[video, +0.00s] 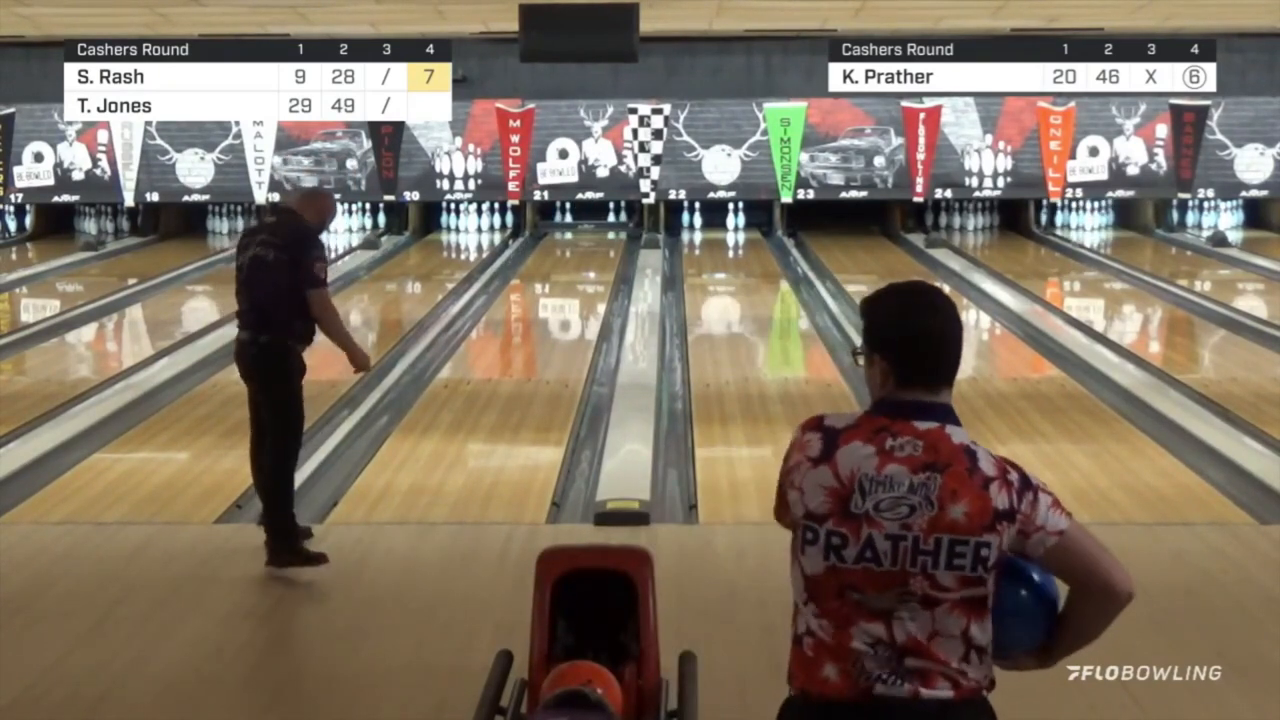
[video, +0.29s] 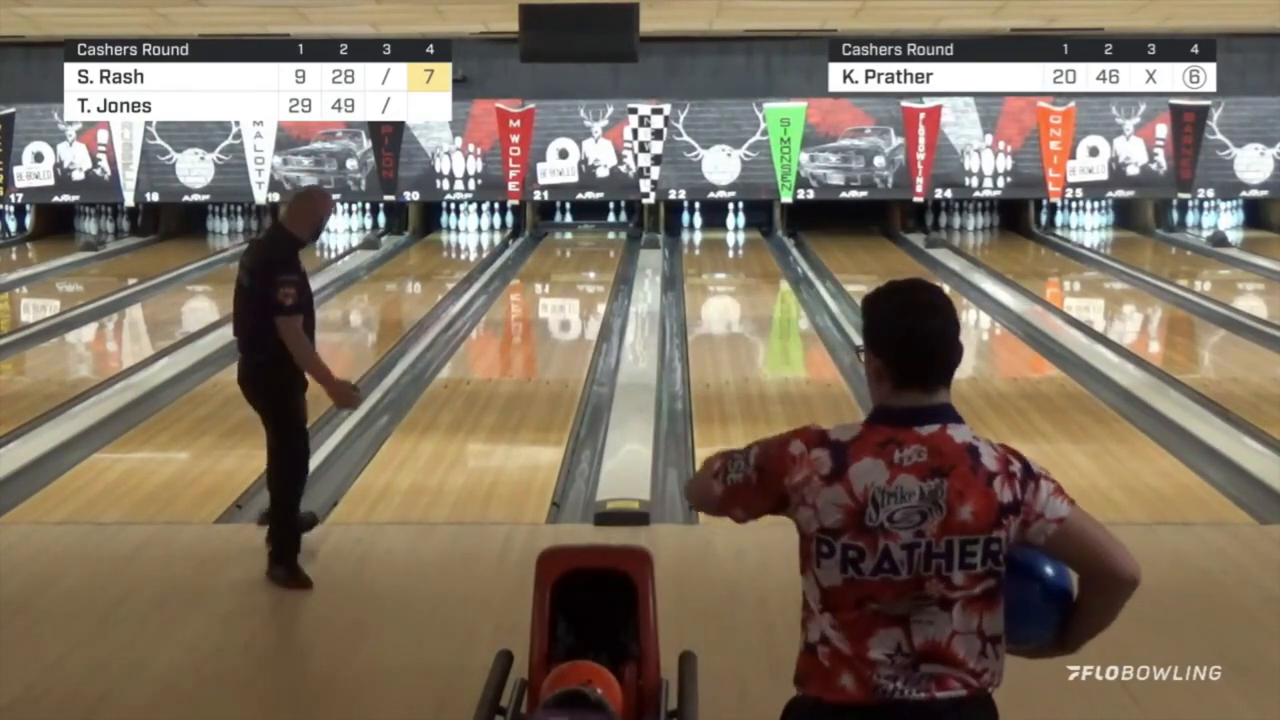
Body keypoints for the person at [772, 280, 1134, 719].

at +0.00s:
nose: (864, 367)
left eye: (865, 356)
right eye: (866, 355)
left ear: (877, 367)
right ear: (953, 365)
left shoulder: (816, 448)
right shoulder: (996, 481)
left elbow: (788, 513)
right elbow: (1109, 586)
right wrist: (1046, 650)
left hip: (823, 699)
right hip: (951, 702)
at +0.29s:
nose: (865, 358)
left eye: (866, 349)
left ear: (872, 363)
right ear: (956, 359)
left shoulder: (814, 461)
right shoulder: (1003, 472)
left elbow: (704, 486)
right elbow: (1117, 572)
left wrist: (772, 467)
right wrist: (1058, 639)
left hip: (835, 697)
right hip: (959, 698)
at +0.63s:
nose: (864, 358)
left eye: (865, 347)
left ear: (869, 359)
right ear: (956, 362)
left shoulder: (806, 461)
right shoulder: (999, 469)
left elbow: (674, 448)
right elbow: (1110, 573)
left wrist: (783, 406)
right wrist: (1052, 635)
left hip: (836, 699)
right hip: (960, 700)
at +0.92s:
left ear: (860, 361)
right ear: (949, 368)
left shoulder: (809, 459)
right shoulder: (994, 471)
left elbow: (704, 369)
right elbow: (1105, 572)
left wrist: (778, 267)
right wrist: (1051, 631)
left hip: (834, 699)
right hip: (958, 699)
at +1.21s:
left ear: (867, 366)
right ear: (949, 369)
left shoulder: (813, 456)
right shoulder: (996, 471)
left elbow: (724, 340)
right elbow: (1104, 575)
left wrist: (842, 354)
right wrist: (1048, 637)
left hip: (835, 693)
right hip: (956, 694)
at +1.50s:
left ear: (853, 370)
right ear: (936, 370)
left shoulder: (813, 457)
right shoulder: (990, 469)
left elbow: (741, 330)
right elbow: (1101, 569)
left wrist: (854, 366)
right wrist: (1046, 632)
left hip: (833, 697)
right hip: (953, 699)